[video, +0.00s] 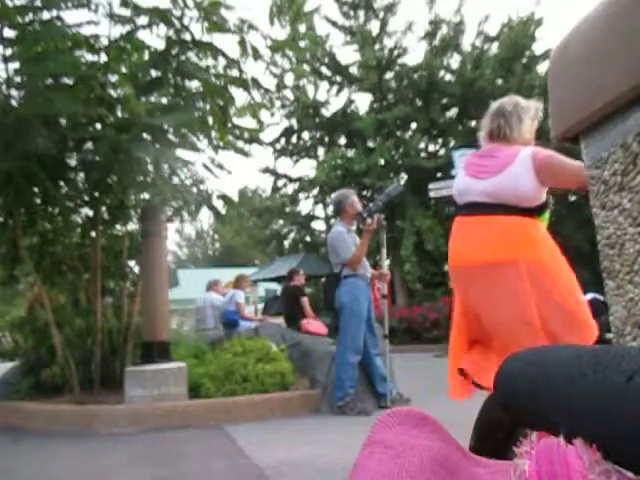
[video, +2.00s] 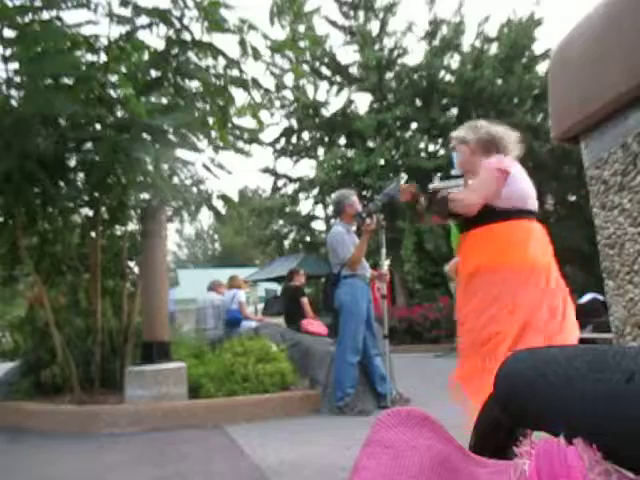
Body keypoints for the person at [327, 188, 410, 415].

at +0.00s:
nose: (361, 206)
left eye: (359, 201)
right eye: (356, 201)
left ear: (349, 207)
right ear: (346, 207)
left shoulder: (350, 233)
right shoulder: (337, 234)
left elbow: (358, 267)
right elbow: (353, 262)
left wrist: (375, 274)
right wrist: (367, 234)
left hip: (363, 284)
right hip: (351, 284)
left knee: (370, 344)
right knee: (351, 345)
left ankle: (386, 393)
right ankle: (344, 397)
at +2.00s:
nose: (360, 206)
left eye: (359, 202)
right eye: (355, 203)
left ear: (349, 208)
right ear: (345, 207)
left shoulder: (350, 233)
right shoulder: (337, 233)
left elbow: (358, 264)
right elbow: (352, 262)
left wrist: (374, 273)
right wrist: (365, 236)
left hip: (362, 284)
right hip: (350, 284)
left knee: (369, 343)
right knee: (350, 344)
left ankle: (386, 393)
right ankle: (344, 397)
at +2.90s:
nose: (361, 207)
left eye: (359, 203)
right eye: (357, 203)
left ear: (350, 207)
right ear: (346, 207)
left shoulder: (352, 233)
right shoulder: (338, 233)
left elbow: (358, 264)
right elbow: (353, 262)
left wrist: (374, 274)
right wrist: (367, 236)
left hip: (363, 283)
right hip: (350, 284)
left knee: (369, 342)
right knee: (351, 342)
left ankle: (383, 391)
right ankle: (343, 397)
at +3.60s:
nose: (361, 206)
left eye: (359, 202)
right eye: (356, 202)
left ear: (350, 208)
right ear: (346, 207)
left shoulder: (352, 233)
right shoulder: (338, 233)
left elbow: (360, 265)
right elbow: (352, 263)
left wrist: (375, 274)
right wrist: (366, 236)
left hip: (363, 284)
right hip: (351, 284)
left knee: (369, 343)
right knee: (351, 343)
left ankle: (386, 392)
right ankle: (344, 398)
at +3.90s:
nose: (361, 206)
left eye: (360, 202)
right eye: (357, 202)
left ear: (352, 207)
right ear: (347, 207)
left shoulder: (353, 232)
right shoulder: (339, 233)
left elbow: (358, 264)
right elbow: (353, 262)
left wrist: (374, 274)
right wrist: (367, 235)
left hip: (364, 284)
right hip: (351, 284)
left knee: (370, 341)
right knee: (351, 342)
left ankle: (383, 393)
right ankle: (344, 398)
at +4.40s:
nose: (362, 207)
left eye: (361, 203)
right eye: (358, 203)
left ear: (353, 207)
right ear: (347, 207)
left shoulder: (353, 232)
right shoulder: (339, 233)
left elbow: (359, 264)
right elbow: (353, 263)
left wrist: (375, 274)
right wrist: (367, 236)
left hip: (364, 283)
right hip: (351, 283)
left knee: (370, 343)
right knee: (351, 343)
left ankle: (385, 393)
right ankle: (344, 398)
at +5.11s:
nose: (362, 206)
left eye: (362, 202)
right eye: (357, 202)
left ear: (354, 207)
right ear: (346, 207)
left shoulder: (357, 232)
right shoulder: (337, 233)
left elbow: (363, 263)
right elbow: (347, 263)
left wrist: (376, 273)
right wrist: (360, 238)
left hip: (365, 283)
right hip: (349, 283)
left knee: (372, 341)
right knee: (348, 343)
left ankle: (385, 392)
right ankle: (343, 397)